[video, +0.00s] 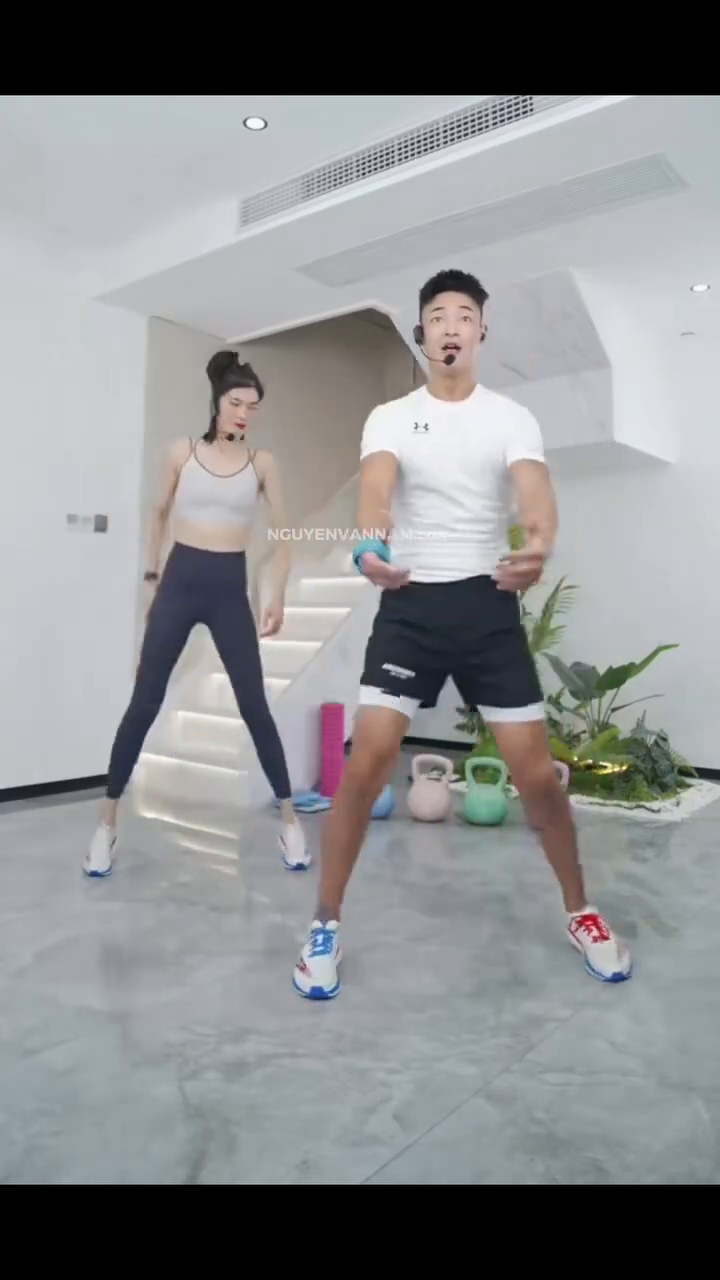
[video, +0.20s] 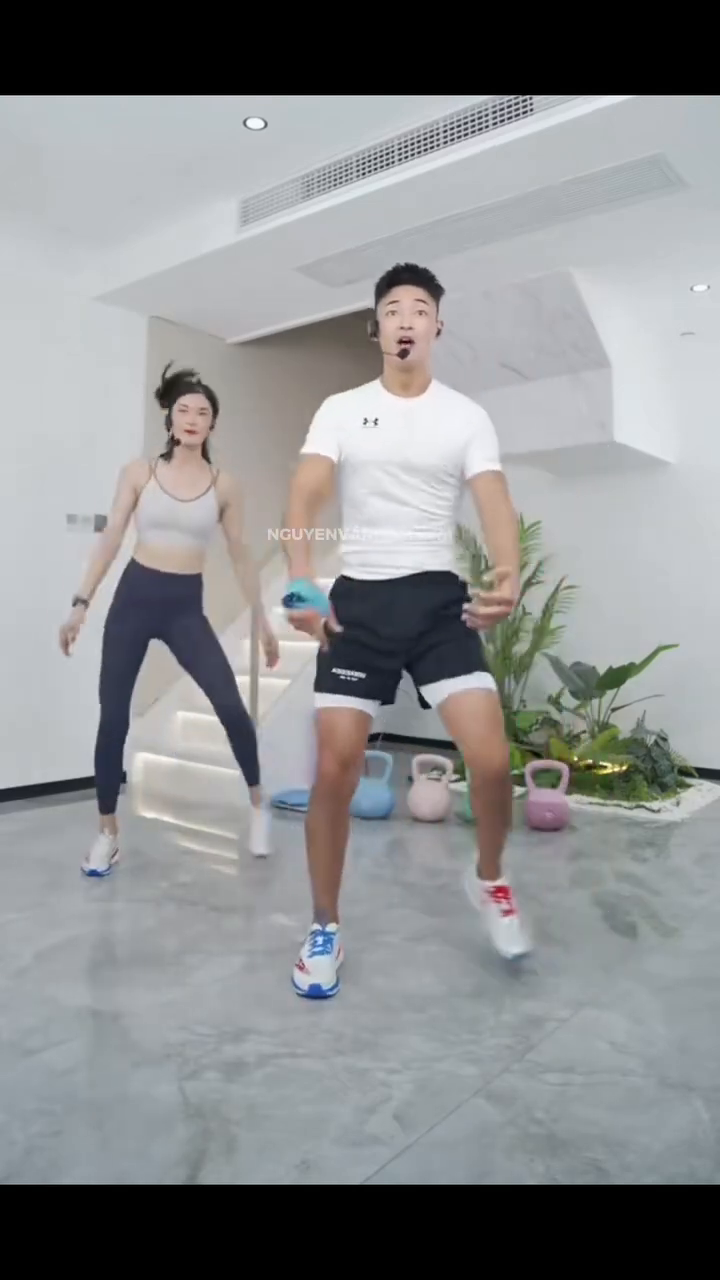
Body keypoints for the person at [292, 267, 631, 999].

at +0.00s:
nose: (449, 329)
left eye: (462, 318)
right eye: (437, 318)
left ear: (483, 331)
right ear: (420, 334)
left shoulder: (513, 420)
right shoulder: (390, 419)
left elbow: (539, 511)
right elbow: (374, 495)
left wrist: (534, 552)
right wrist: (373, 544)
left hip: (490, 610)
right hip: (408, 609)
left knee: (540, 779)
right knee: (368, 762)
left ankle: (580, 914)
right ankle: (324, 926)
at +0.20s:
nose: (406, 322)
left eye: (419, 312)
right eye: (393, 312)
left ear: (438, 329)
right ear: (376, 329)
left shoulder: (466, 416)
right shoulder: (341, 410)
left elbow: (495, 505)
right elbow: (305, 497)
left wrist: (507, 575)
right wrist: (302, 582)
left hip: (439, 603)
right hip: (354, 603)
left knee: (493, 763)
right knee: (335, 764)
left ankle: (490, 879)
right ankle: (323, 929)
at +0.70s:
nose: (393, 307)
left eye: (405, 295)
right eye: (380, 297)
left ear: (426, 309)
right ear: (361, 316)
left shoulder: (466, 404)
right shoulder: (330, 408)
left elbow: (488, 500)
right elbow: (312, 512)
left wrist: (487, 580)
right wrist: (328, 578)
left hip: (447, 597)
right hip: (360, 602)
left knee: (490, 768)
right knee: (340, 767)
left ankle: (480, 898)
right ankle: (322, 928)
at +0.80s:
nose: (414, 306)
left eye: (426, 295)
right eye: (401, 296)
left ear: (446, 310)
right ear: (382, 313)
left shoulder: (486, 402)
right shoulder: (348, 406)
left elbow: (509, 497)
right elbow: (332, 511)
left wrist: (508, 572)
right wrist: (343, 558)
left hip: (470, 595)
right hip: (382, 598)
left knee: (514, 770)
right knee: (357, 762)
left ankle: (549, 923)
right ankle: (325, 928)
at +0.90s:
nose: (439, 312)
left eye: (453, 301)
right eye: (427, 302)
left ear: (473, 316)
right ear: (410, 320)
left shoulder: (514, 405)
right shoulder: (377, 410)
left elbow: (539, 502)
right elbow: (360, 514)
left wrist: (537, 575)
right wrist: (366, 553)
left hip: (496, 599)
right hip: (410, 604)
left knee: (531, 774)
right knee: (371, 768)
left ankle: (561, 927)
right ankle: (328, 927)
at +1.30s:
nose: (503, 315)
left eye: (516, 303)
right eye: (490, 305)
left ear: (535, 317)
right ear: (473, 321)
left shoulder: (573, 408)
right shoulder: (441, 412)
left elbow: (599, 504)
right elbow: (422, 515)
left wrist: (590, 577)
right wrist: (432, 558)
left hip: (551, 601)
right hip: (470, 602)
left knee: (553, 776)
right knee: (472, 777)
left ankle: (565, 925)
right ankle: (511, 889)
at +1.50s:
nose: (499, 316)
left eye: (512, 305)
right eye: (486, 306)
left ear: (531, 318)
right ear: (468, 322)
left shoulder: (568, 409)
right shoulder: (436, 411)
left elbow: (592, 507)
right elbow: (416, 513)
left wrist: (577, 582)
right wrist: (423, 552)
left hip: (541, 602)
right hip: (459, 601)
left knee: (551, 777)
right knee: (425, 768)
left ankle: (563, 927)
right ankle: (440, 888)